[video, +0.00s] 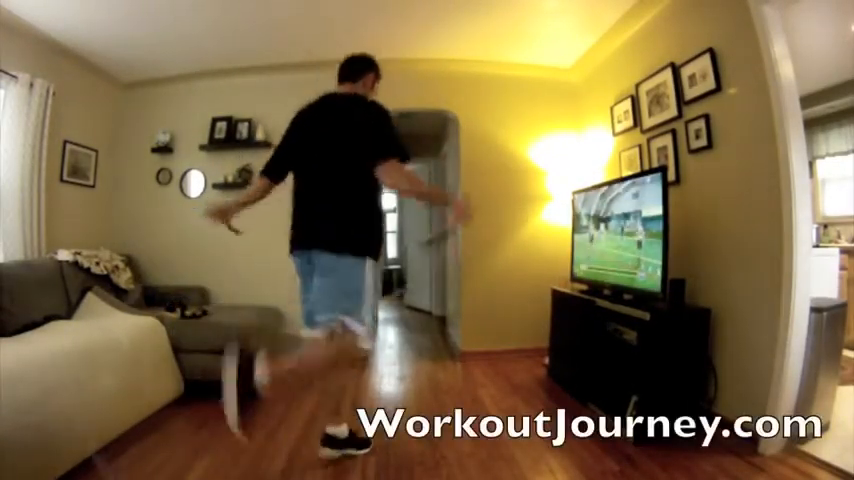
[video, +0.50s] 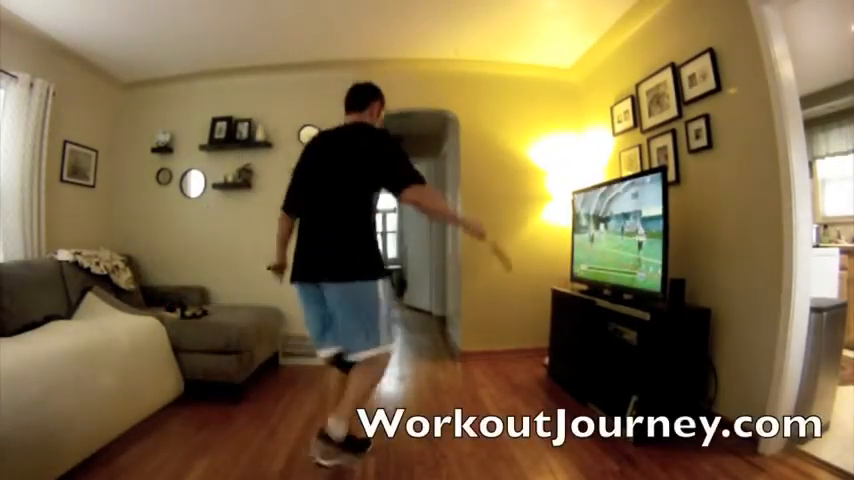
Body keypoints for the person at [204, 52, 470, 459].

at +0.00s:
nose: (376, 91)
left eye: (376, 86)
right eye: (376, 85)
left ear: (339, 78)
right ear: (368, 81)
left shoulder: (309, 114)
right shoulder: (370, 114)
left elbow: (268, 180)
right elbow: (391, 175)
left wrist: (232, 207)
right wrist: (447, 199)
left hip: (306, 238)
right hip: (348, 240)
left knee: (339, 341)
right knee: (343, 342)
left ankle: (338, 430)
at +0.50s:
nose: (381, 119)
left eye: (381, 113)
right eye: (382, 113)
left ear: (345, 109)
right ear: (375, 109)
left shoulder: (317, 144)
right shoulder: (377, 143)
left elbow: (288, 212)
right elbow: (413, 192)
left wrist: (280, 258)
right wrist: (463, 221)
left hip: (309, 263)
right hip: (353, 263)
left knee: (338, 354)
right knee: (373, 354)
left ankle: (349, 432)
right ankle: (334, 435)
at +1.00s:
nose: (411, 113)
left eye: (410, 106)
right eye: (411, 106)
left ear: (374, 103)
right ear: (402, 103)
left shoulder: (344, 137)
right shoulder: (407, 142)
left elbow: (303, 188)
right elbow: (420, 200)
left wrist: (261, 218)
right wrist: (482, 223)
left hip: (336, 258)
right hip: (385, 262)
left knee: (347, 344)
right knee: (382, 354)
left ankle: (307, 327)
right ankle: (375, 436)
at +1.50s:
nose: (411, 115)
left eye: (412, 109)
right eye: (411, 108)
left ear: (375, 102)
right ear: (401, 103)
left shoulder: (345, 135)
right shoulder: (406, 141)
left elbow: (309, 192)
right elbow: (437, 205)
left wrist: (284, 239)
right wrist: (471, 250)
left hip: (328, 246)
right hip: (373, 250)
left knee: (365, 322)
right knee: (373, 337)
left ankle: (371, 383)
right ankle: (374, 434)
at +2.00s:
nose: (395, 121)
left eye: (395, 115)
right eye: (396, 115)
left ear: (362, 111)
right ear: (389, 110)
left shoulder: (333, 143)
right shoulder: (387, 141)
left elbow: (299, 194)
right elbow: (405, 184)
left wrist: (272, 224)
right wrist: (467, 195)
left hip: (324, 255)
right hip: (363, 257)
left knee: (350, 344)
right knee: (372, 346)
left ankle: (345, 428)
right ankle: (301, 392)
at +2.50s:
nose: (413, 109)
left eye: (412, 104)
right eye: (414, 103)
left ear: (382, 97)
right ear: (408, 99)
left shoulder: (351, 126)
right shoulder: (407, 130)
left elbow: (319, 179)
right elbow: (427, 183)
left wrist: (288, 218)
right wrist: (455, 237)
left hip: (333, 226)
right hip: (379, 225)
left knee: (343, 318)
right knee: (404, 292)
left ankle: (311, 409)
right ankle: (381, 379)